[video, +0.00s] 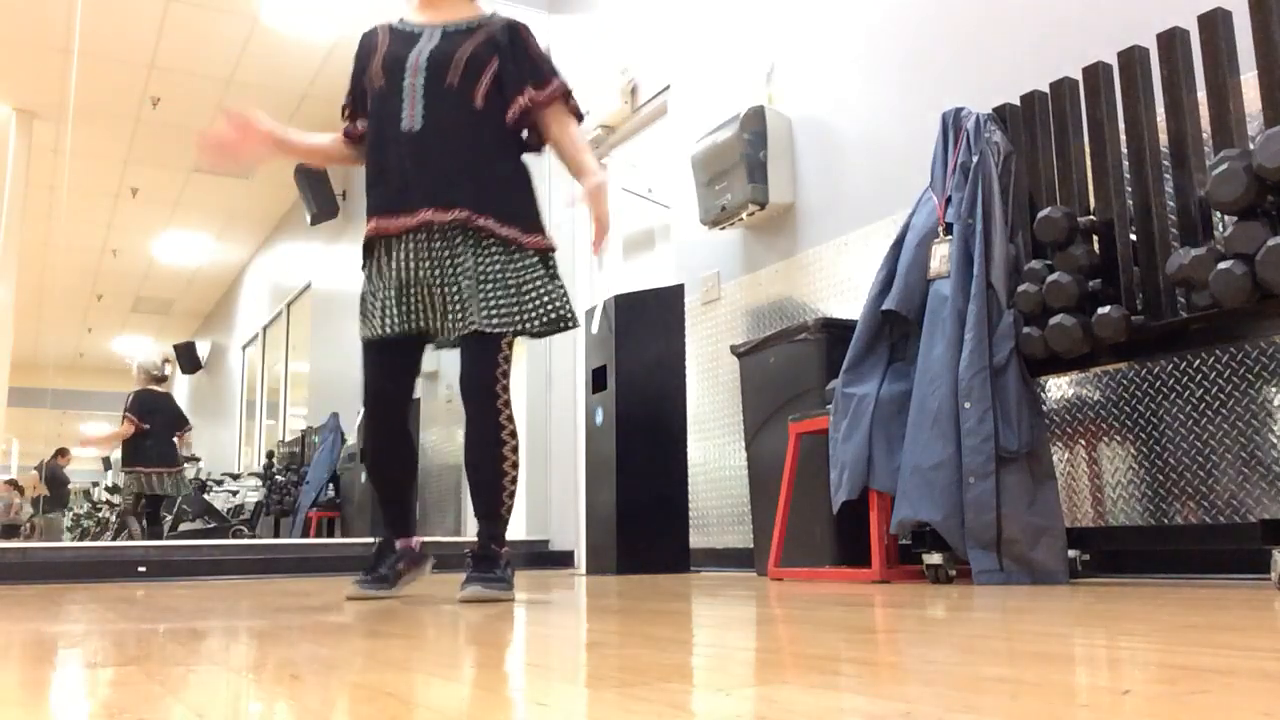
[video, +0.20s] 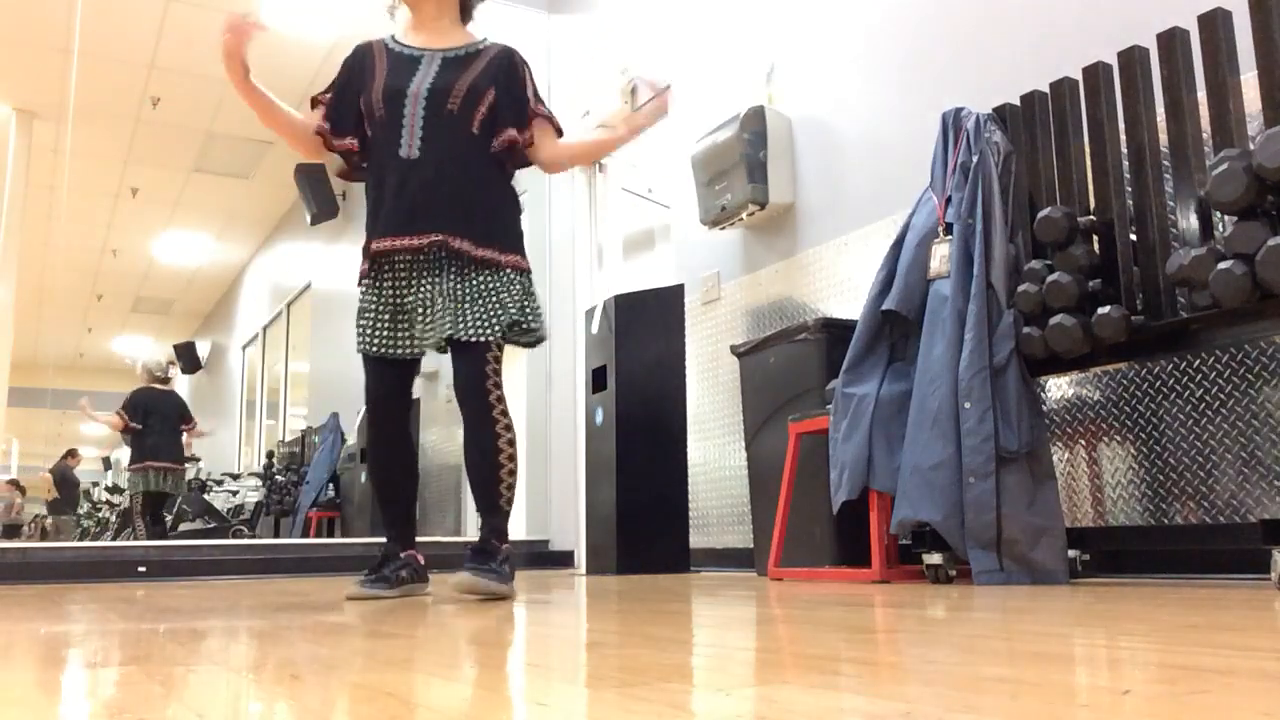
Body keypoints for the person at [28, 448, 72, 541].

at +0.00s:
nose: (68, 463)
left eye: (69, 460)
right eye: (68, 460)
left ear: (58, 457)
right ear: (60, 457)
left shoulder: (43, 465)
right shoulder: (55, 469)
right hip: (53, 511)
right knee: (54, 544)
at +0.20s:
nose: (78, 464)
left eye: (79, 461)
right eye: (77, 461)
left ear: (69, 458)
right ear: (70, 458)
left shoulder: (57, 467)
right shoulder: (65, 470)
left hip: (56, 512)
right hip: (65, 513)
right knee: (68, 543)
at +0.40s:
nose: (88, 464)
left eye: (89, 461)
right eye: (87, 461)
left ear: (80, 459)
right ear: (80, 458)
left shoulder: (79, 469)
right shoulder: (69, 469)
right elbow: (63, 487)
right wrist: (70, 504)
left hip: (79, 509)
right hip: (71, 510)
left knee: (82, 535)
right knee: (72, 538)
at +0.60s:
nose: (97, 467)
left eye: (98, 464)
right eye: (97, 464)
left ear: (90, 460)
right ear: (89, 460)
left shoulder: (91, 471)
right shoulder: (78, 471)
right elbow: (75, 491)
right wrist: (82, 508)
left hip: (88, 510)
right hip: (74, 511)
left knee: (90, 539)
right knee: (71, 540)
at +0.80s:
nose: (107, 469)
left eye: (109, 467)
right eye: (106, 466)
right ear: (98, 463)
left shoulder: (106, 476)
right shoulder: (83, 473)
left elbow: (108, 490)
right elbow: (75, 491)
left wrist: (107, 501)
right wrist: (84, 509)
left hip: (95, 512)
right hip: (78, 512)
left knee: (95, 540)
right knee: (76, 540)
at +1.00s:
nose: (115, 476)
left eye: (116, 473)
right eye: (113, 473)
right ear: (106, 470)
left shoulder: (113, 482)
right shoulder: (90, 477)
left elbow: (118, 496)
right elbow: (79, 494)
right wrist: (83, 512)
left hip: (97, 512)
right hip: (82, 510)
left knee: (97, 535)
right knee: (82, 532)